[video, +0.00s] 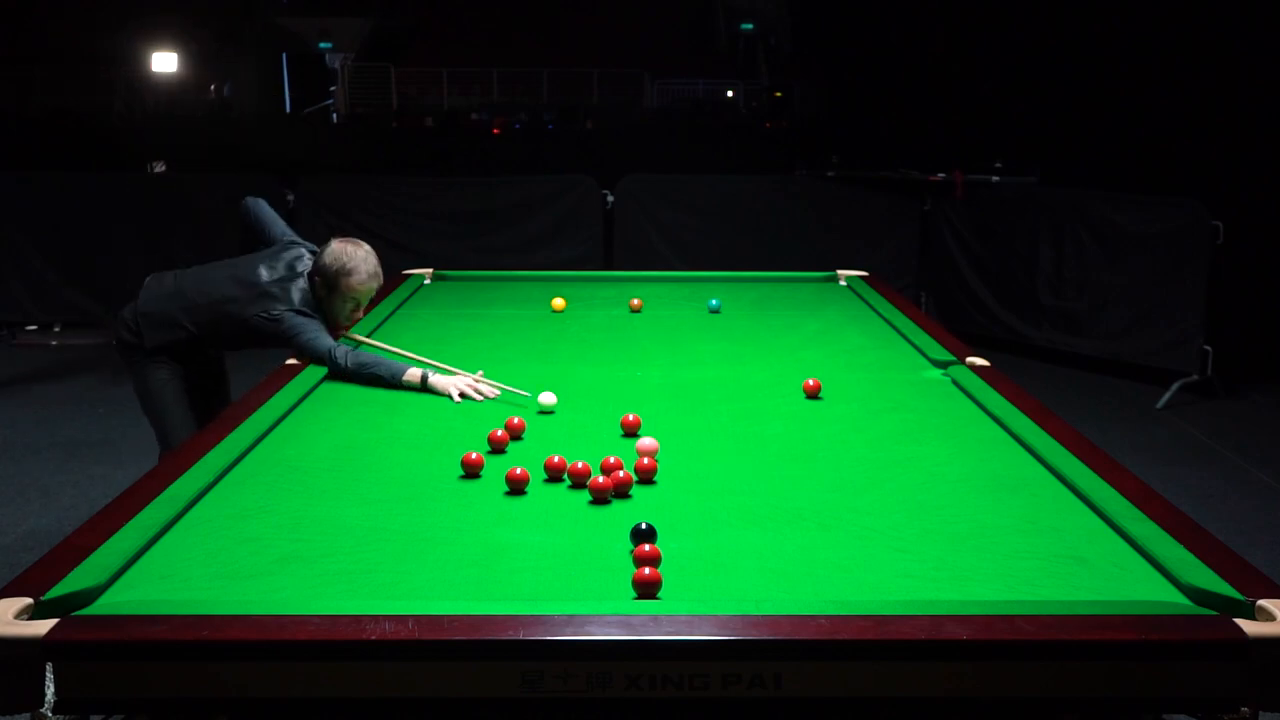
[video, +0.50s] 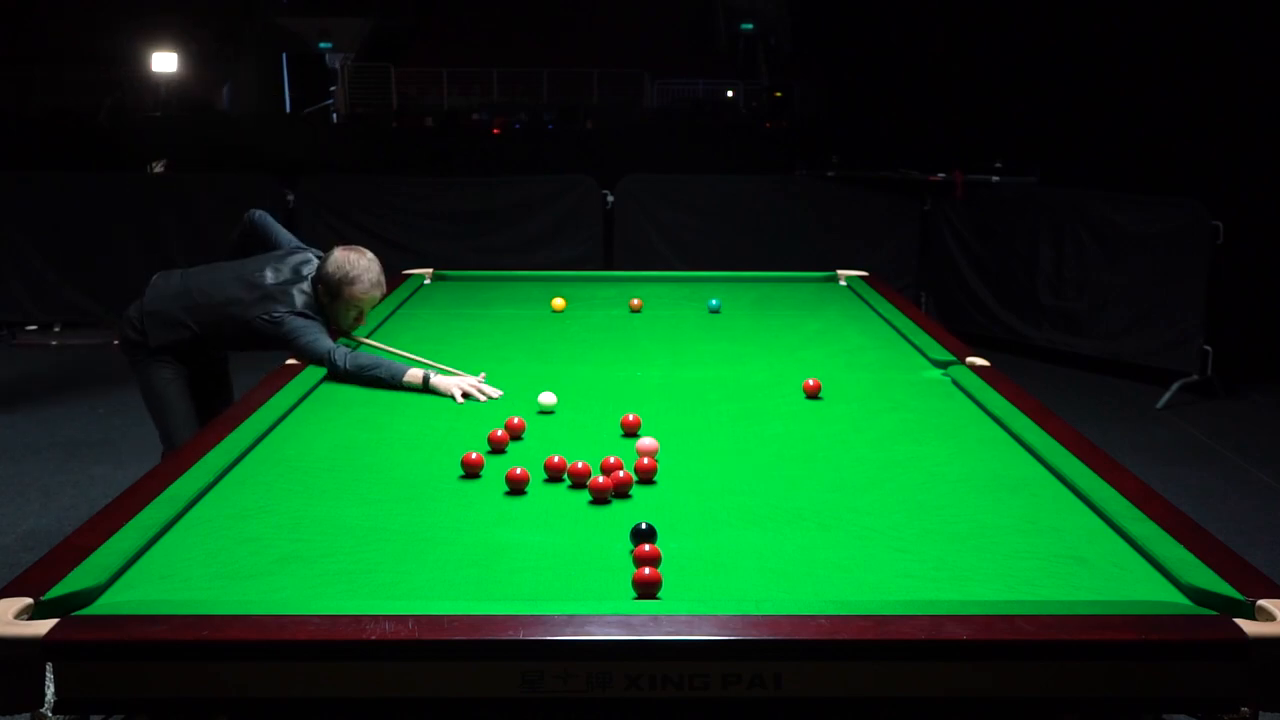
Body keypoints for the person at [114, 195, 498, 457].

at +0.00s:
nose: (358, 313)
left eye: (364, 305)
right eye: (356, 304)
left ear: (324, 270)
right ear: (331, 293)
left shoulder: (301, 253)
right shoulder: (290, 316)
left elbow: (254, 205)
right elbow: (340, 358)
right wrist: (430, 378)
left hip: (194, 315)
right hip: (150, 326)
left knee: (218, 431)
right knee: (180, 447)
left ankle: (217, 527)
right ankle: (165, 537)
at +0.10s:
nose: (360, 316)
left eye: (366, 307)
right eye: (357, 308)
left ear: (332, 271)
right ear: (330, 294)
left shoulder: (307, 255)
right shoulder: (290, 316)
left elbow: (257, 206)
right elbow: (340, 359)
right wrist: (432, 379)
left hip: (197, 314)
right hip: (153, 325)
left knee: (219, 430)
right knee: (183, 446)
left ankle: (218, 526)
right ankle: (166, 536)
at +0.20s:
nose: (359, 316)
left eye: (366, 308)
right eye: (356, 308)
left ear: (332, 272)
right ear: (331, 295)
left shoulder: (308, 255)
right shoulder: (290, 316)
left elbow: (257, 207)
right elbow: (340, 359)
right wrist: (431, 378)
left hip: (199, 315)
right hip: (154, 324)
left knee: (220, 432)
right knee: (183, 446)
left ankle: (218, 528)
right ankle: (164, 536)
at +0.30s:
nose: (359, 317)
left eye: (365, 308)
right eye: (356, 309)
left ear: (333, 273)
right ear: (331, 296)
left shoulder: (308, 256)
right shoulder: (290, 317)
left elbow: (257, 208)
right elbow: (340, 360)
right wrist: (431, 378)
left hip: (198, 314)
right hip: (154, 325)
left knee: (220, 431)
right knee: (183, 445)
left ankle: (217, 528)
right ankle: (164, 536)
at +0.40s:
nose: (360, 319)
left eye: (366, 309)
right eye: (357, 310)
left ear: (333, 274)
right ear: (332, 297)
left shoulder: (311, 259)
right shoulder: (290, 317)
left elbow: (257, 217)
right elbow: (339, 360)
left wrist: (244, 273)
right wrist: (433, 378)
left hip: (195, 312)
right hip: (153, 325)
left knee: (220, 431)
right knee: (183, 446)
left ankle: (220, 528)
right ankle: (170, 539)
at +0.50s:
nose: (360, 319)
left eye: (366, 309)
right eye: (357, 310)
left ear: (333, 274)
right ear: (332, 297)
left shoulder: (311, 260)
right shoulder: (290, 317)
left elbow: (257, 218)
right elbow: (339, 361)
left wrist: (241, 272)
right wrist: (432, 378)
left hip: (195, 312)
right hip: (153, 327)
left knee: (220, 431)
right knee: (183, 447)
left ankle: (222, 527)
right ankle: (173, 539)